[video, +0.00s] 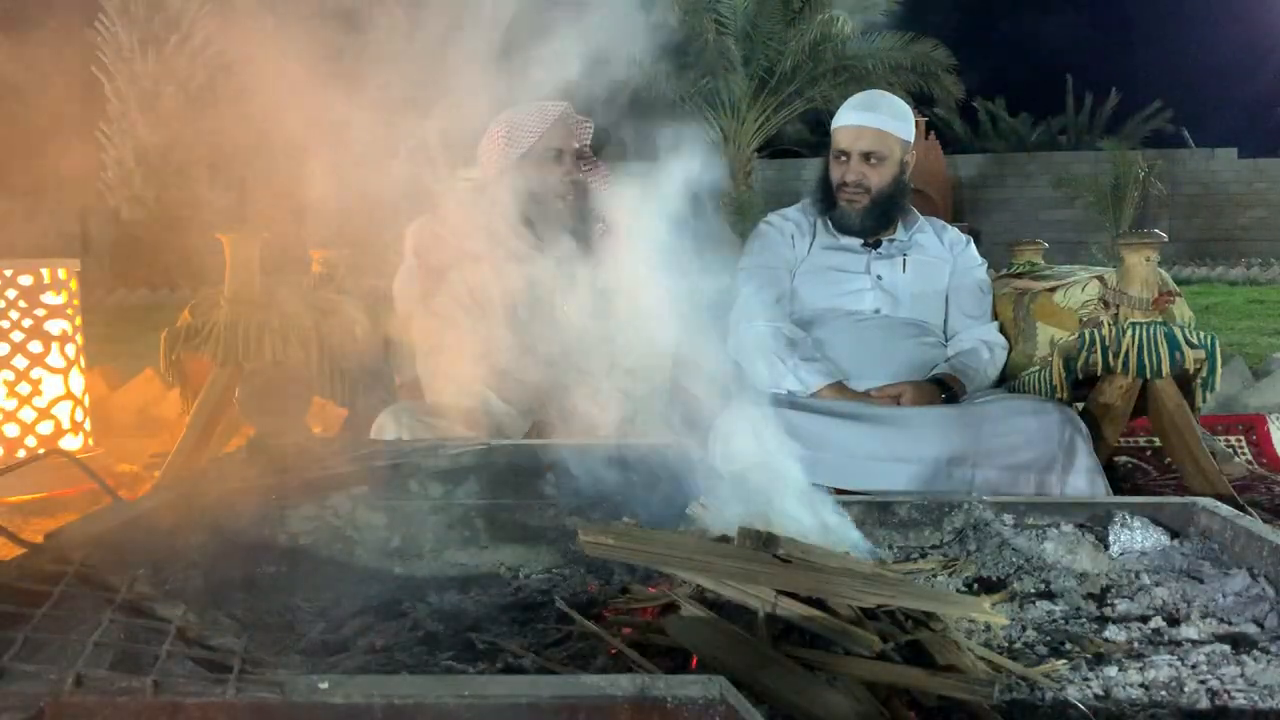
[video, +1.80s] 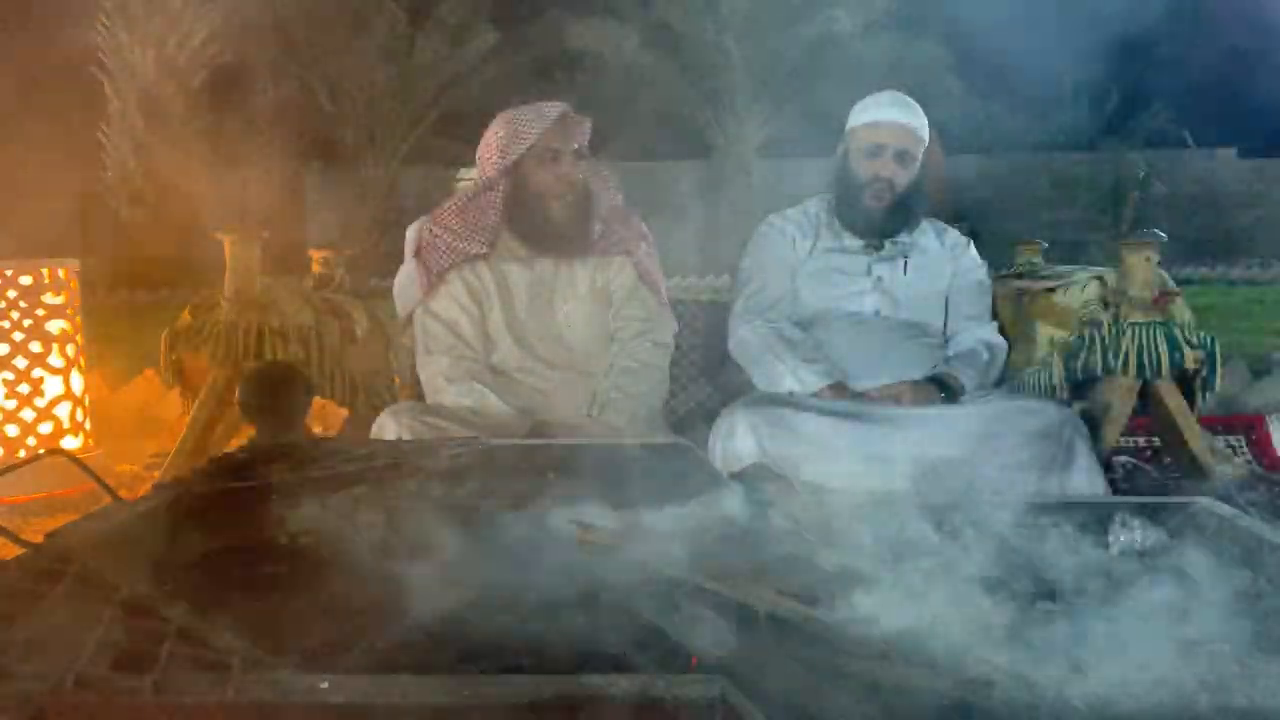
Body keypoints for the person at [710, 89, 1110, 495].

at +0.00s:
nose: (850, 174)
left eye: (871, 160)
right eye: (840, 157)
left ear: (906, 167)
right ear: (827, 159)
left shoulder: (952, 247)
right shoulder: (785, 232)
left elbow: (981, 342)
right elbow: (755, 333)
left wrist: (940, 388)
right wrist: (839, 397)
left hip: (935, 419)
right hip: (823, 417)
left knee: (1054, 427)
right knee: (746, 433)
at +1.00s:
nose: (905, 170)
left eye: (913, 155)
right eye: (887, 154)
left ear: (926, 163)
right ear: (849, 161)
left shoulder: (953, 248)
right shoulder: (787, 236)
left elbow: (982, 337)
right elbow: (750, 337)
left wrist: (940, 389)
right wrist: (824, 392)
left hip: (920, 417)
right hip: (812, 416)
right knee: (740, 429)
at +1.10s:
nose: (893, 172)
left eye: (904, 155)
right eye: (878, 155)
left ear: (922, 162)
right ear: (842, 160)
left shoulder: (954, 251)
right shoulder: (787, 235)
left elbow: (982, 347)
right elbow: (750, 335)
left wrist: (935, 391)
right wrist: (819, 391)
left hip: (922, 421)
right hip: (819, 419)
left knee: (1028, 420)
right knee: (738, 427)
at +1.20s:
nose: (901, 173)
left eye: (911, 157)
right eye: (885, 156)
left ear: (923, 166)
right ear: (843, 159)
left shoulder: (953, 250)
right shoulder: (786, 235)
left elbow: (981, 346)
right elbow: (752, 333)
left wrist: (934, 388)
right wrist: (822, 395)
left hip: (924, 416)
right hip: (817, 413)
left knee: (1058, 428)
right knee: (739, 428)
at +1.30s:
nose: (904, 175)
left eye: (914, 159)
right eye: (886, 157)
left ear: (924, 166)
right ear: (844, 159)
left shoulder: (954, 251)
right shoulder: (786, 235)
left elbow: (981, 342)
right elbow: (753, 333)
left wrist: (943, 387)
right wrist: (831, 395)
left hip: (930, 419)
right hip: (823, 414)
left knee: (1053, 423)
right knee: (741, 428)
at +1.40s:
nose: (905, 173)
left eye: (915, 158)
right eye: (887, 157)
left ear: (925, 162)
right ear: (847, 160)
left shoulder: (954, 251)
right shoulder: (786, 235)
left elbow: (981, 343)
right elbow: (753, 332)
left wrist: (939, 387)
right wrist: (828, 394)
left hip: (930, 421)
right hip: (821, 417)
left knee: (1050, 424)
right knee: (740, 427)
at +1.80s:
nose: (885, 172)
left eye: (902, 158)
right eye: (872, 153)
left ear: (919, 169)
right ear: (845, 154)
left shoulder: (953, 250)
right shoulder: (788, 234)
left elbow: (980, 341)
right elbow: (753, 328)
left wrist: (940, 387)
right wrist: (826, 392)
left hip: (937, 421)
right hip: (826, 419)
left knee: (1055, 426)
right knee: (742, 428)